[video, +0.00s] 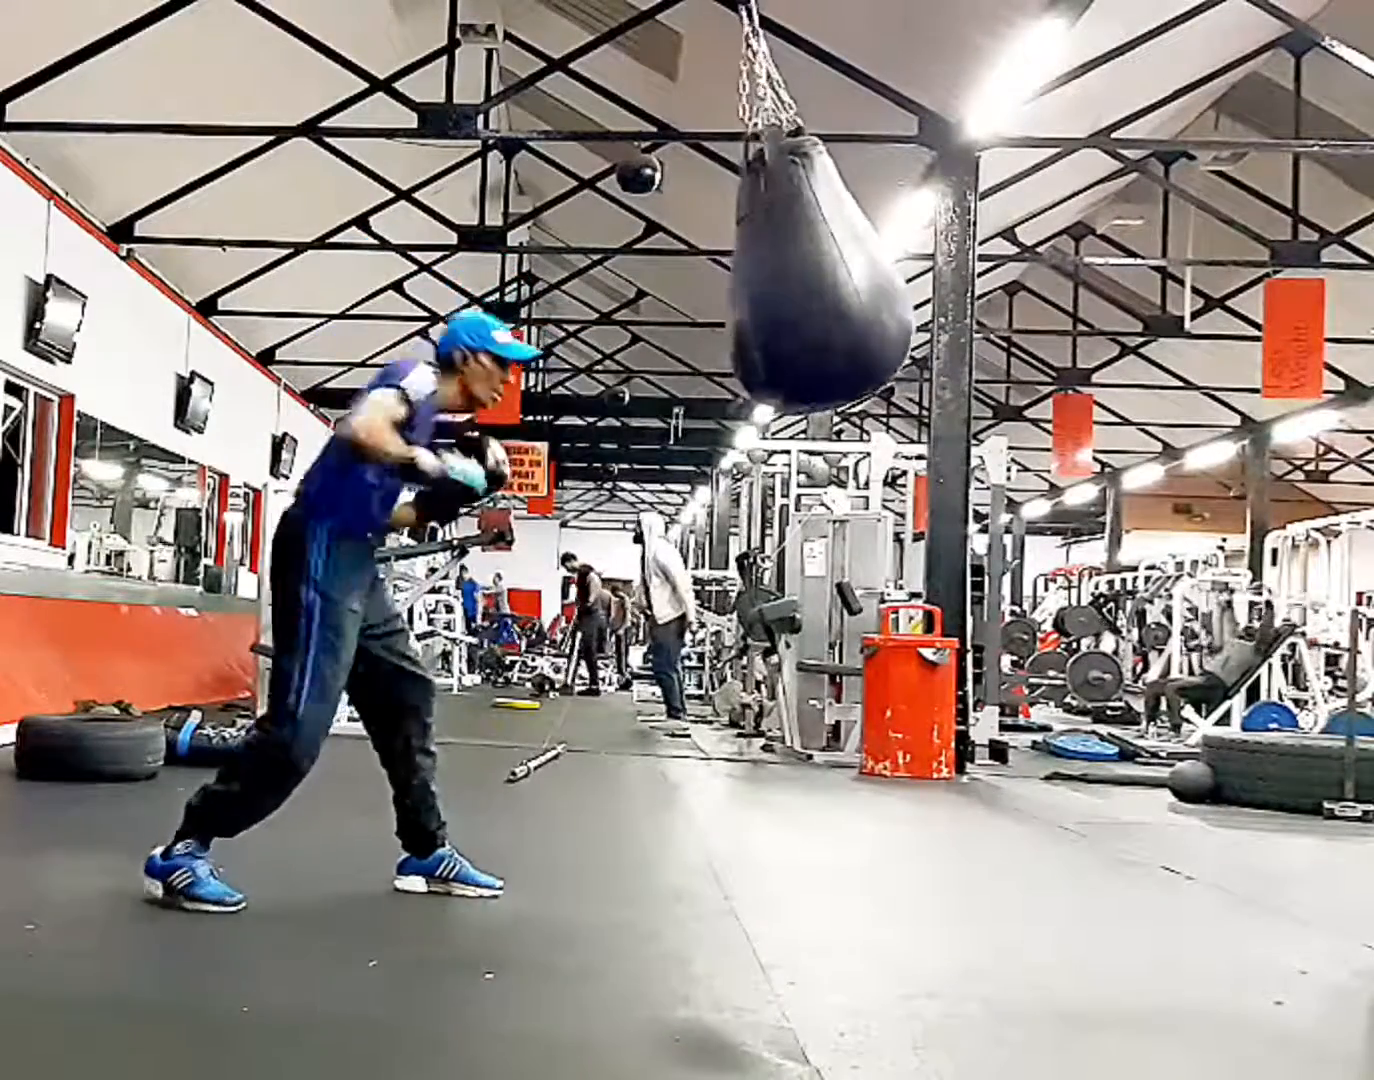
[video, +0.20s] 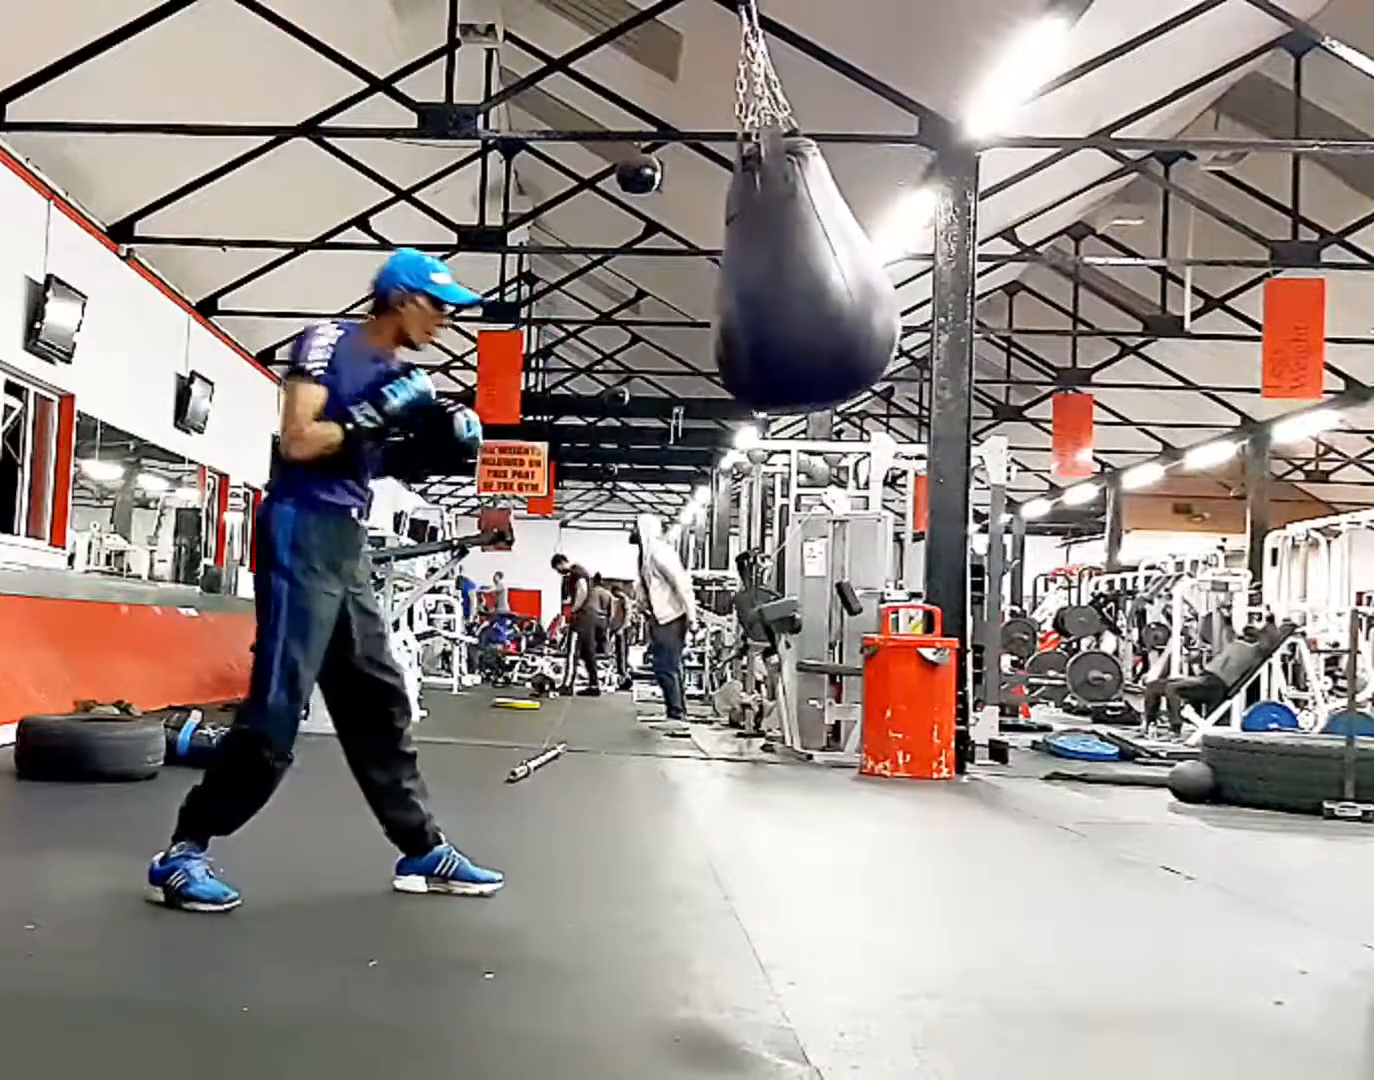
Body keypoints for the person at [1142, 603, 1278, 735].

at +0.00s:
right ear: (1250, 634)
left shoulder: (1255, 654)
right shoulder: (1236, 644)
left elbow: (1266, 633)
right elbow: (1227, 634)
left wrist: (1269, 610)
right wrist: (1224, 609)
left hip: (1218, 683)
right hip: (1205, 677)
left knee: (1172, 689)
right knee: (1153, 687)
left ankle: (1176, 730)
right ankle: (1147, 727)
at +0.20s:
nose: (1249, 633)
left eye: (1254, 632)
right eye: (1249, 631)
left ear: (1257, 636)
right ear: (1246, 633)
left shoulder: (1257, 650)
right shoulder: (1233, 643)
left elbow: (1271, 643)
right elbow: (1225, 629)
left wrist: (1269, 624)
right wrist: (1221, 613)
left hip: (1218, 683)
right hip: (1203, 677)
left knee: (1172, 688)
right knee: (1152, 687)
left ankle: (1175, 731)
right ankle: (1147, 727)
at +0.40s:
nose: (1265, 635)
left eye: (1264, 633)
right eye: (1262, 633)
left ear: (1252, 636)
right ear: (1254, 635)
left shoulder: (1258, 651)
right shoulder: (1232, 645)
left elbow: (1279, 654)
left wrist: (1271, 640)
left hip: (1217, 681)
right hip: (1203, 672)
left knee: (1172, 688)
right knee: (1152, 688)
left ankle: (1175, 731)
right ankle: (1148, 727)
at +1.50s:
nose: (1256, 634)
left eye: (1258, 633)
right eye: (1256, 632)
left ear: (1258, 638)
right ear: (1251, 635)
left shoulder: (1260, 650)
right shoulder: (1235, 644)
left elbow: (1279, 659)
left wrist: (1276, 642)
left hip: (1217, 682)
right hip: (1201, 674)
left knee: (1172, 688)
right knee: (1152, 687)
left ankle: (1175, 731)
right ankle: (1148, 727)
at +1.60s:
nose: (1260, 637)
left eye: (1258, 635)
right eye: (1259, 635)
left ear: (1252, 637)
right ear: (1255, 639)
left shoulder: (1257, 651)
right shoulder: (1235, 645)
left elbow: (1279, 658)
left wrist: (1274, 643)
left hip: (1216, 682)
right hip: (1202, 674)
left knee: (1171, 688)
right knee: (1152, 687)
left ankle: (1175, 731)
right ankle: (1147, 727)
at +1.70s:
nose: (1247, 634)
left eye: (1252, 633)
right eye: (1250, 632)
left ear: (1256, 638)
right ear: (1249, 636)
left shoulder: (1258, 651)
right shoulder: (1235, 645)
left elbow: (1280, 658)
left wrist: (1272, 643)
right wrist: (1272, 640)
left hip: (1216, 682)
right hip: (1202, 674)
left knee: (1171, 688)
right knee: (1151, 688)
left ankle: (1175, 732)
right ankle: (1147, 728)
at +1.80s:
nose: (1255, 630)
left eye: (1259, 629)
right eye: (1254, 627)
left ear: (1262, 636)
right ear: (1249, 631)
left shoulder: (1257, 650)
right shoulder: (1237, 644)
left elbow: (1277, 650)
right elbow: (1218, 651)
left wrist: (1275, 636)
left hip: (1216, 682)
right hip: (1201, 674)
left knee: (1171, 687)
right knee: (1151, 687)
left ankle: (1175, 731)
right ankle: (1147, 728)